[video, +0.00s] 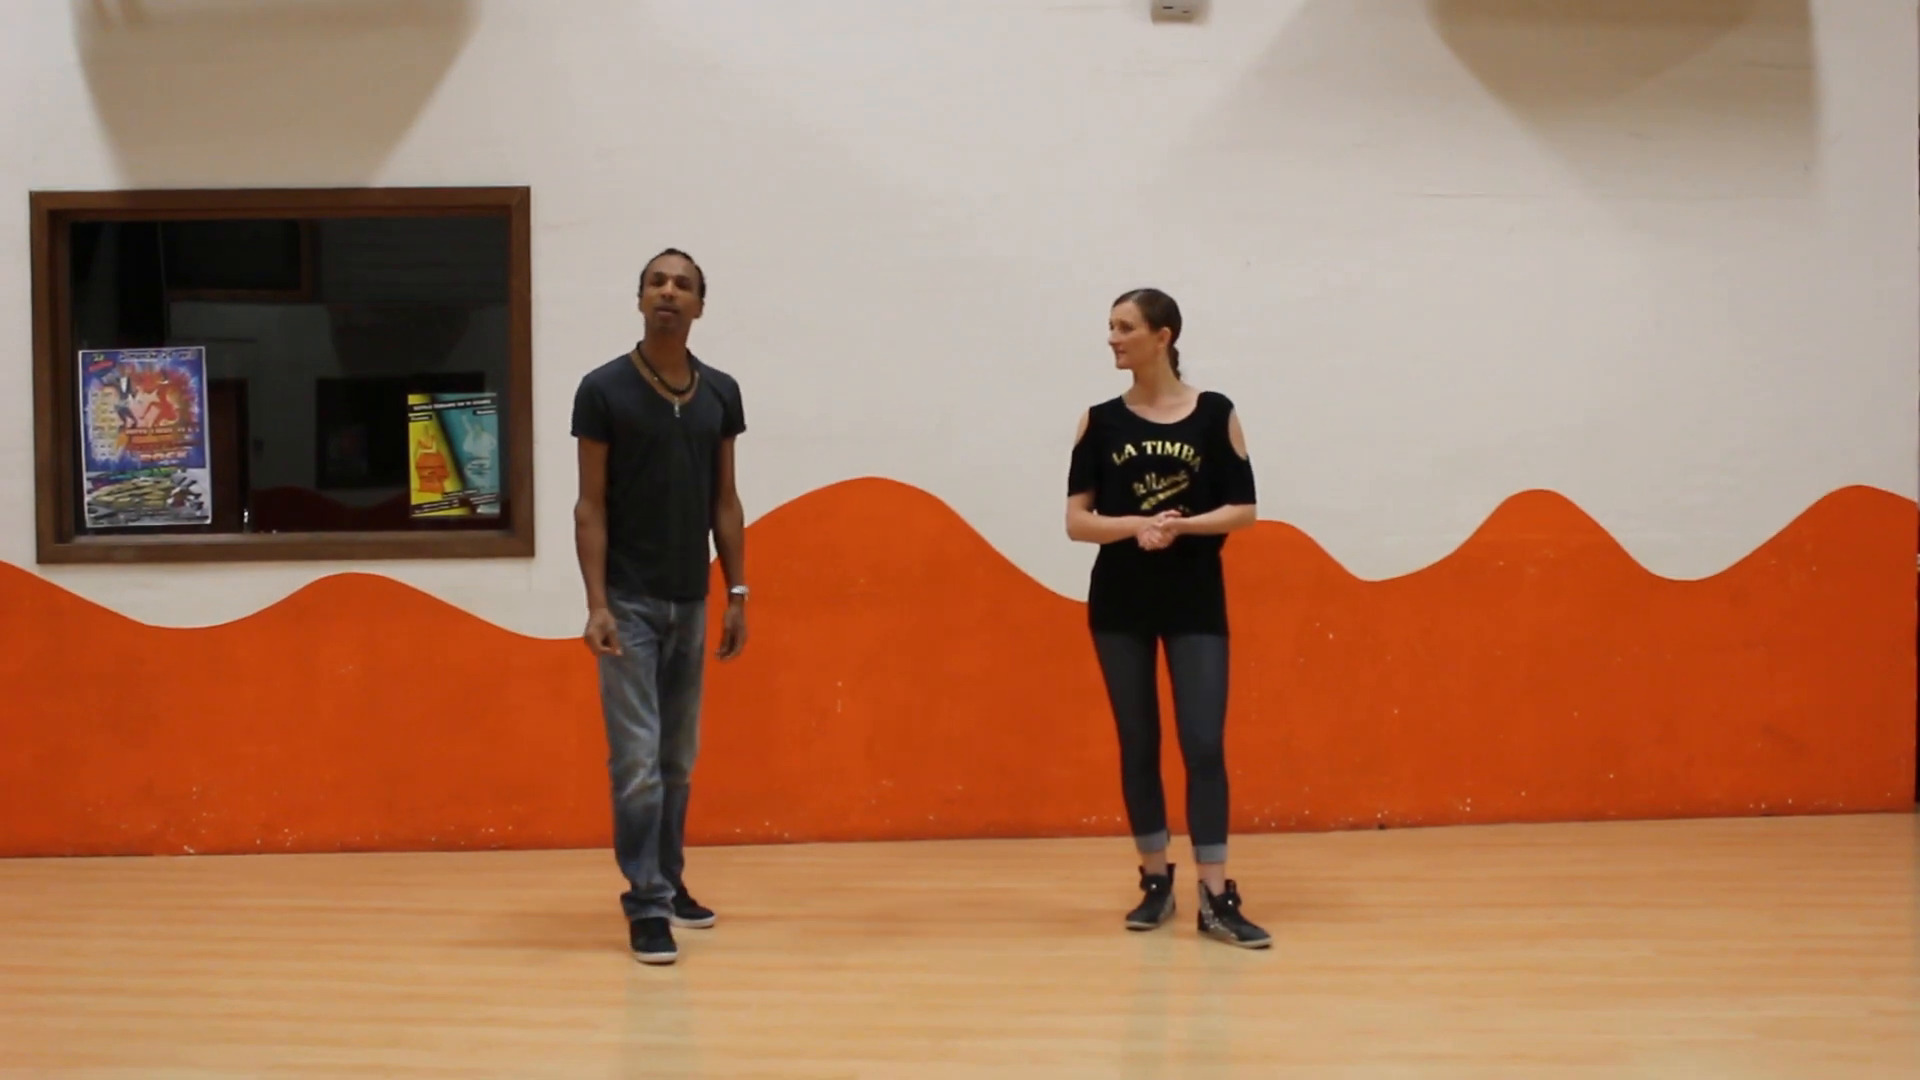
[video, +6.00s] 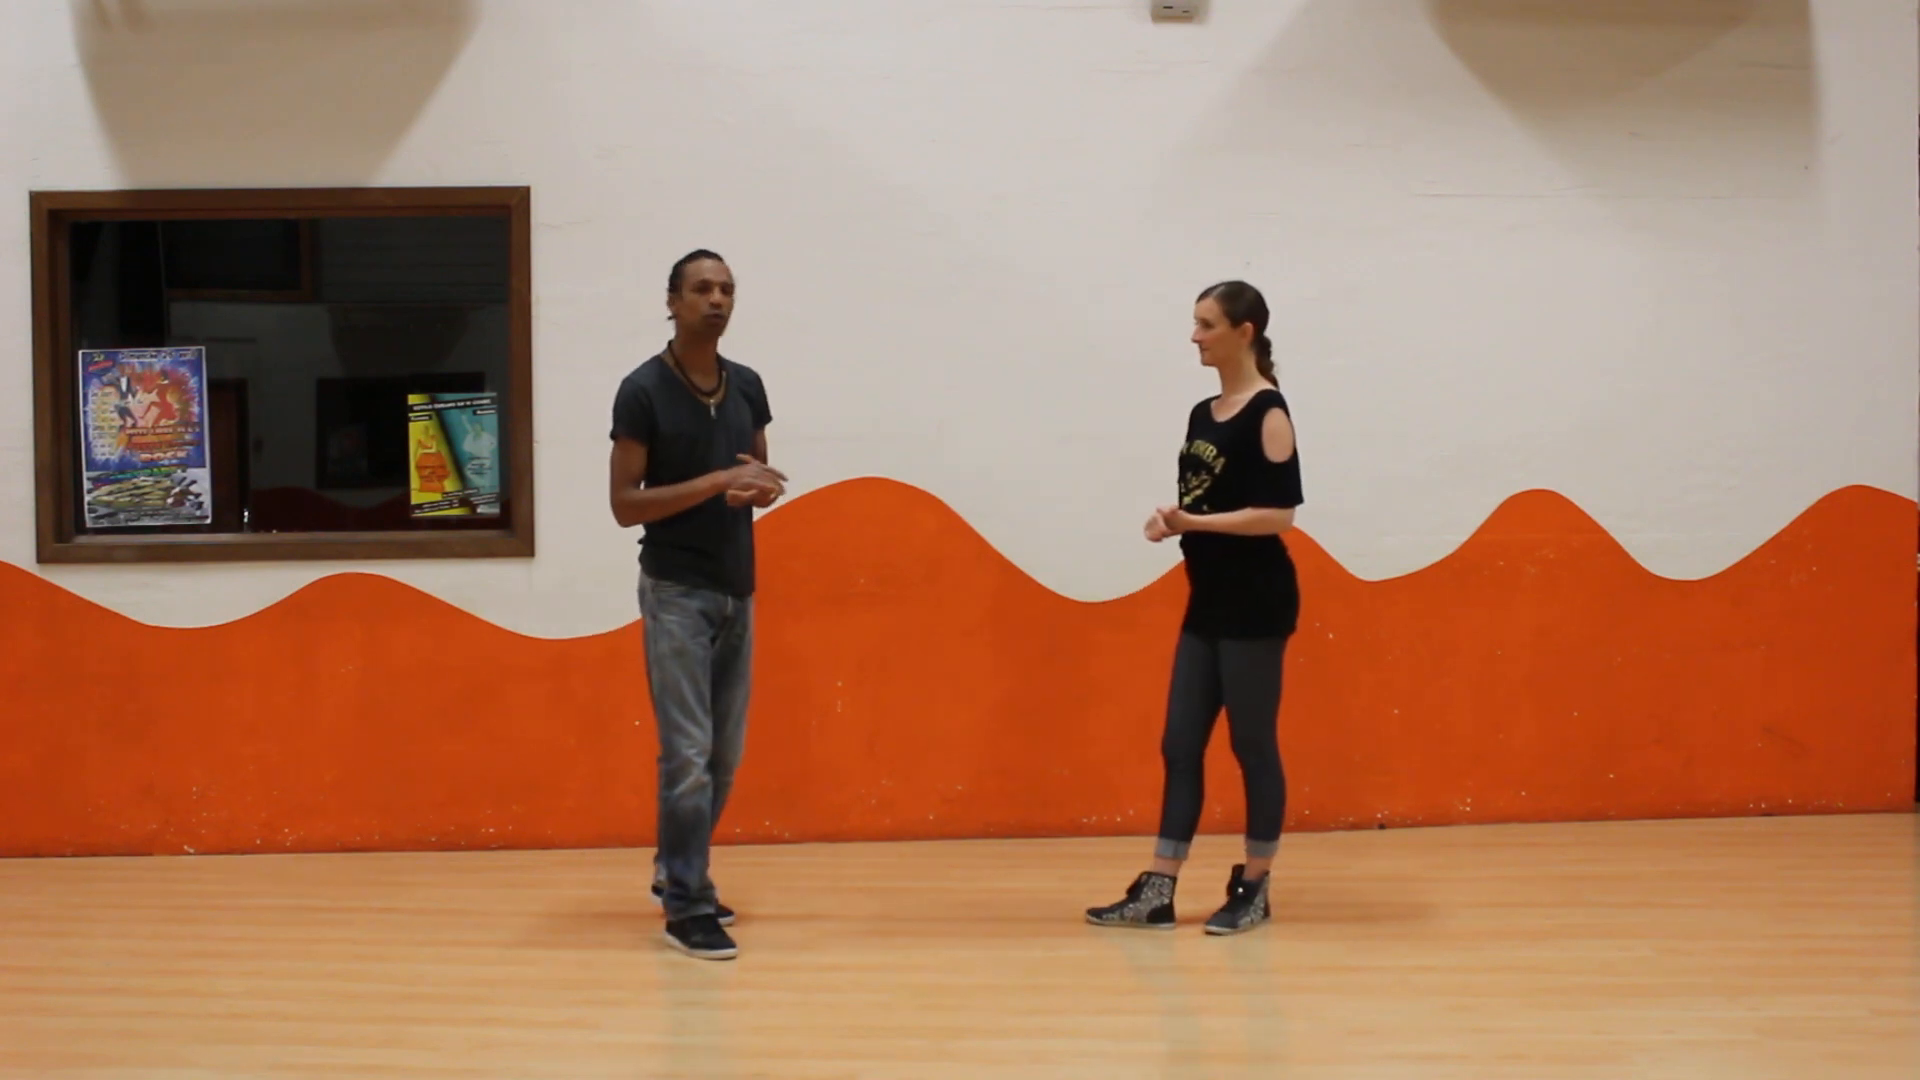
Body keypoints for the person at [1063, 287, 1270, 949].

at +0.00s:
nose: (1112, 339)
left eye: (1125, 328)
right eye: (1111, 329)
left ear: (1164, 334)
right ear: (1120, 339)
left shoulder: (1214, 412)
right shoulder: (1099, 421)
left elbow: (1243, 511)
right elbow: (1078, 521)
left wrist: (1183, 523)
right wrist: (1131, 527)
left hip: (1194, 600)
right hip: (1120, 601)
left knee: (1204, 746)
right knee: (1138, 745)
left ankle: (1216, 896)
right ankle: (1157, 882)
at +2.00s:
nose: (1136, 335)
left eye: (1148, 325)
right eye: (1126, 325)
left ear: (1172, 336)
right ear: (1113, 338)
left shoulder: (1208, 412)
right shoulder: (1092, 422)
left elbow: (1243, 506)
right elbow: (1072, 522)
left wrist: (1196, 522)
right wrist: (1134, 520)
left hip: (1192, 602)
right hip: (1118, 604)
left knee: (1204, 747)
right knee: (1138, 746)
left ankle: (1215, 896)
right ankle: (1157, 884)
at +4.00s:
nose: (1116, 327)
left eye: (1130, 318)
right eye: (1118, 317)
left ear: (1168, 332)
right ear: (1134, 331)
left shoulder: (1203, 411)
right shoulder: (1113, 415)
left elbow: (1232, 509)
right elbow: (1097, 499)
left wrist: (1145, 526)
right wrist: (1097, 519)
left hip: (1194, 598)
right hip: (1129, 598)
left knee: (1192, 740)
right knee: (1146, 742)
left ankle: (1214, 887)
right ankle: (1156, 884)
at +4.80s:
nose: (1161, 331)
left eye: (1173, 323)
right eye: (1163, 321)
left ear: (1212, 332)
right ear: (1198, 332)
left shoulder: (1227, 408)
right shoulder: (1187, 408)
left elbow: (1241, 512)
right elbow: (1197, 502)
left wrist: (1159, 524)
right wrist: (1155, 521)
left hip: (1238, 602)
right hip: (1199, 599)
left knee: (1238, 745)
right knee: (1177, 745)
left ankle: (1252, 888)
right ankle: (1158, 888)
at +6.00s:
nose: (1195, 337)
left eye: (1207, 325)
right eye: (1196, 325)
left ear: (1247, 330)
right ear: (1223, 331)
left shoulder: (1270, 414)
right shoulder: (1204, 413)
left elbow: (1278, 515)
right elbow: (1214, 505)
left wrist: (1192, 521)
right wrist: (1175, 518)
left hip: (1257, 605)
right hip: (1207, 600)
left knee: (1254, 745)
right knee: (1181, 745)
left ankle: (1253, 889)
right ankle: (1157, 890)